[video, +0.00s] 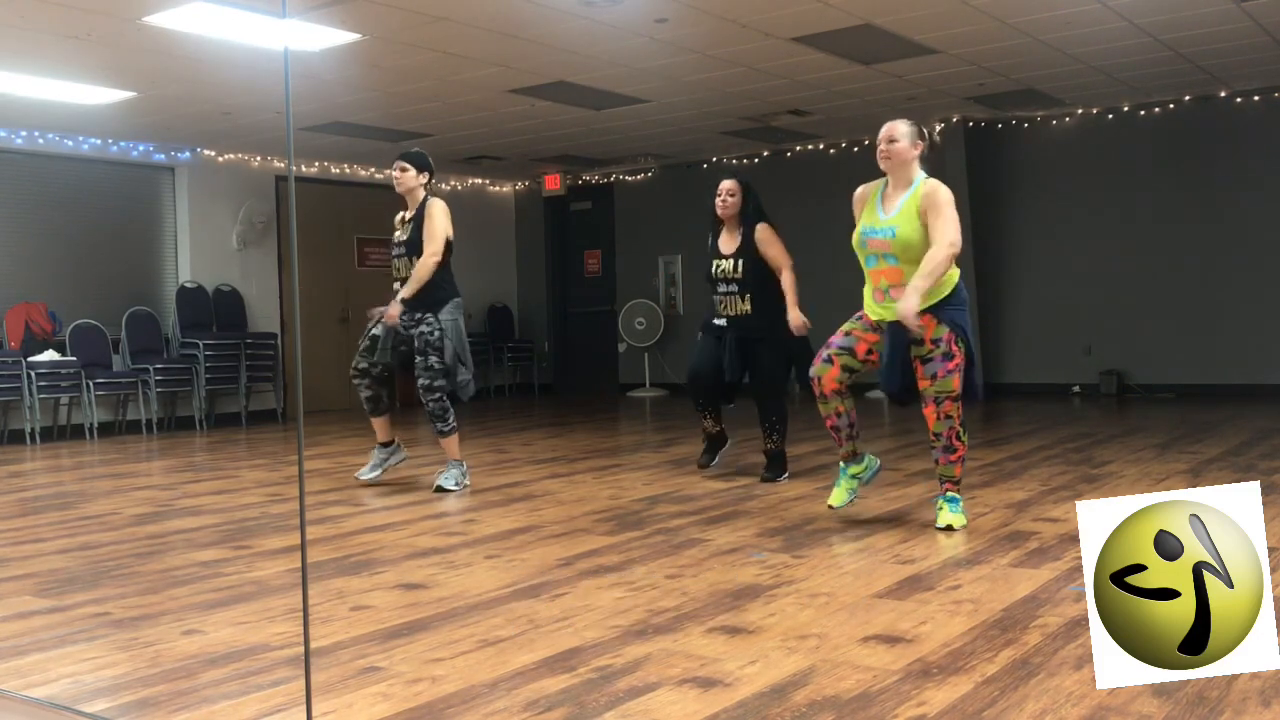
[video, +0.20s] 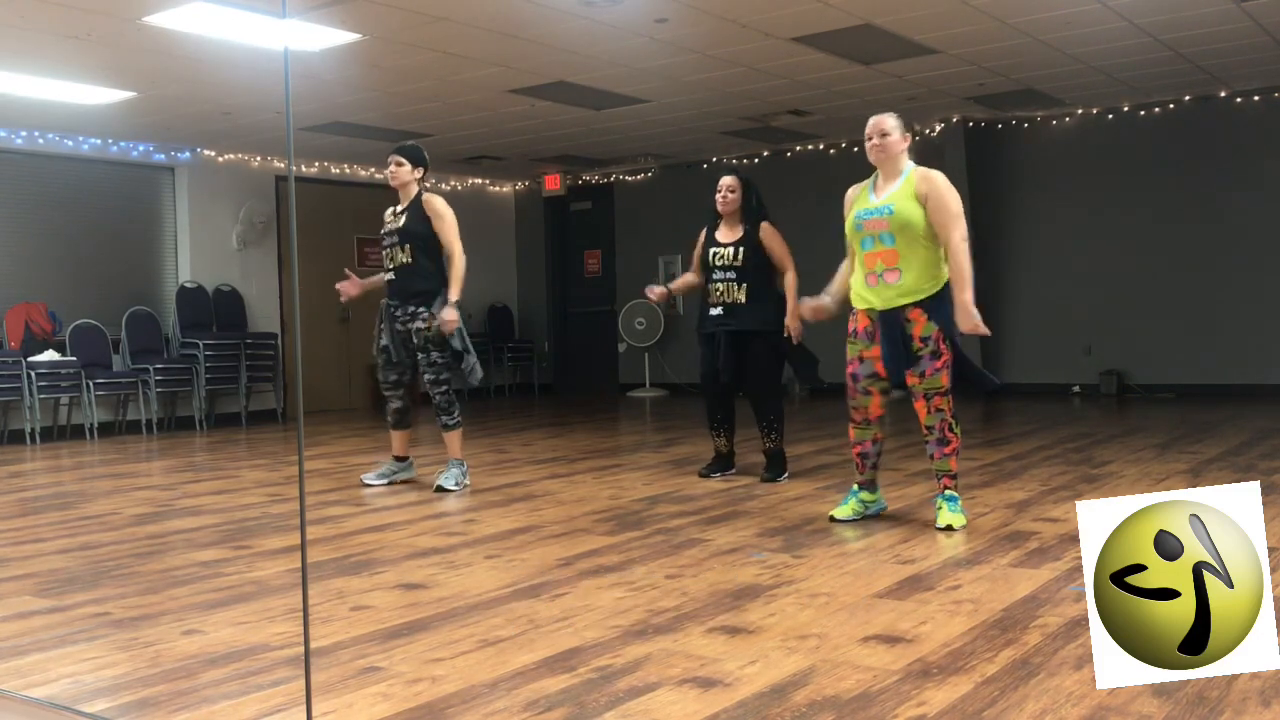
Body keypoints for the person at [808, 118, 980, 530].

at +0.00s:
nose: (883, 146)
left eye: (893, 139)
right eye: (880, 142)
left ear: (917, 149)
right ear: (875, 153)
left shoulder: (934, 193)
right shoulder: (864, 196)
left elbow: (947, 245)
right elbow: (873, 254)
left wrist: (913, 294)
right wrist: (879, 304)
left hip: (933, 313)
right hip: (878, 314)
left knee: (941, 403)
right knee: (825, 373)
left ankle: (950, 495)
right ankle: (855, 462)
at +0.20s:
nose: (873, 142)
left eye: (882, 134)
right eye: (868, 137)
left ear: (906, 140)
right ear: (864, 148)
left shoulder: (930, 182)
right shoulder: (855, 195)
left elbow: (956, 242)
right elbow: (854, 257)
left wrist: (964, 304)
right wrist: (830, 300)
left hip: (921, 309)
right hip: (867, 313)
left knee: (933, 402)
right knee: (861, 400)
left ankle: (948, 495)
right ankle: (867, 491)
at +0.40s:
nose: (867, 146)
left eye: (875, 139)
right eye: (860, 141)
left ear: (893, 146)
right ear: (851, 151)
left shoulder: (921, 187)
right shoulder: (836, 199)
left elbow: (962, 239)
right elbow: (804, 249)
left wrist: (972, 297)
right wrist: (769, 258)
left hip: (915, 310)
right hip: (856, 315)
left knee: (939, 390)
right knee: (848, 398)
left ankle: (948, 488)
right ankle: (864, 492)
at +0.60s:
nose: (871, 142)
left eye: (880, 136)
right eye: (865, 137)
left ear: (900, 144)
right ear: (858, 148)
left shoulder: (924, 191)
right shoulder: (841, 188)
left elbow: (946, 252)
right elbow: (795, 234)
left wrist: (937, 288)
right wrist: (757, 273)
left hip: (915, 312)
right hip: (859, 317)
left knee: (936, 403)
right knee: (862, 408)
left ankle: (957, 493)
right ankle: (867, 494)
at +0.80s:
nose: (884, 139)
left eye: (894, 132)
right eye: (880, 135)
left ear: (918, 140)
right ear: (876, 146)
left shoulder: (936, 191)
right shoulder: (866, 183)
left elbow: (951, 257)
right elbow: (847, 241)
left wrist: (927, 257)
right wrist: (836, 294)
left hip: (923, 312)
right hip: (870, 313)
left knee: (937, 404)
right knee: (864, 402)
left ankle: (955, 497)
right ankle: (866, 492)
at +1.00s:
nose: (895, 145)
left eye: (905, 137)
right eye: (891, 141)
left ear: (931, 146)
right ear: (888, 152)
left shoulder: (942, 196)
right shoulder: (888, 190)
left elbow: (949, 272)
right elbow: (894, 248)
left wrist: (922, 247)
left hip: (935, 314)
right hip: (889, 312)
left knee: (944, 406)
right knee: (835, 371)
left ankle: (955, 497)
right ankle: (851, 464)